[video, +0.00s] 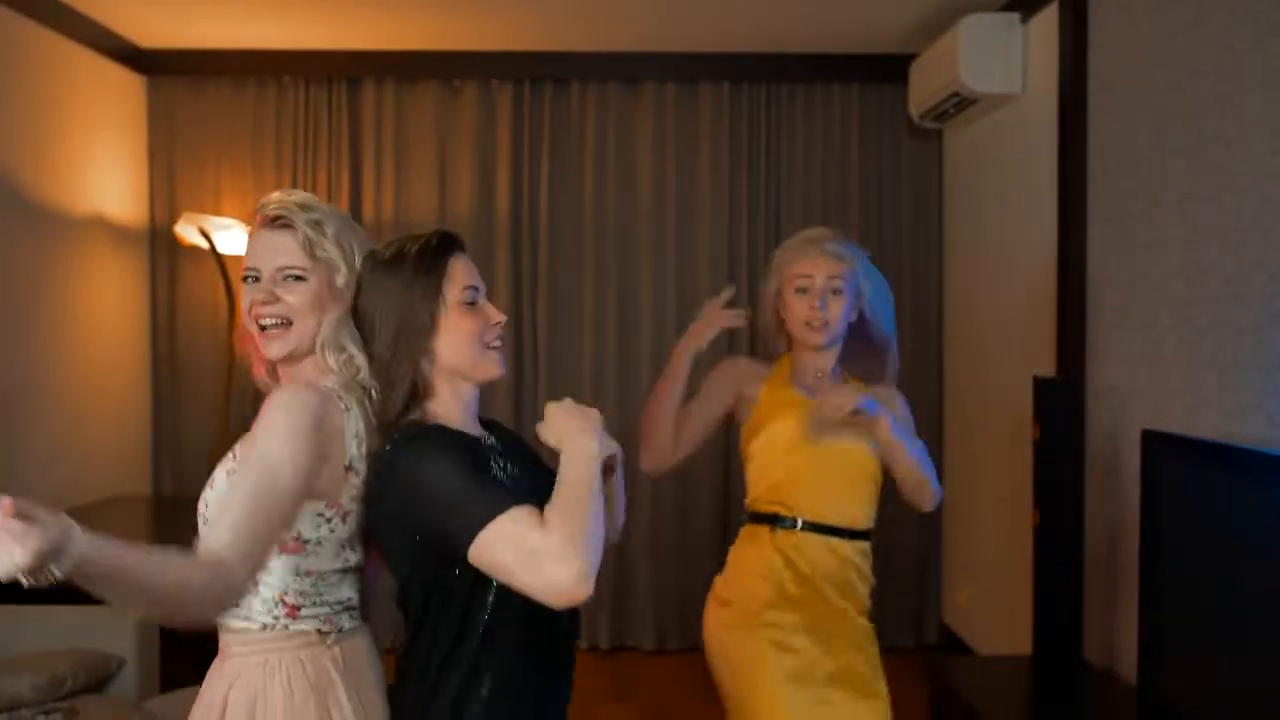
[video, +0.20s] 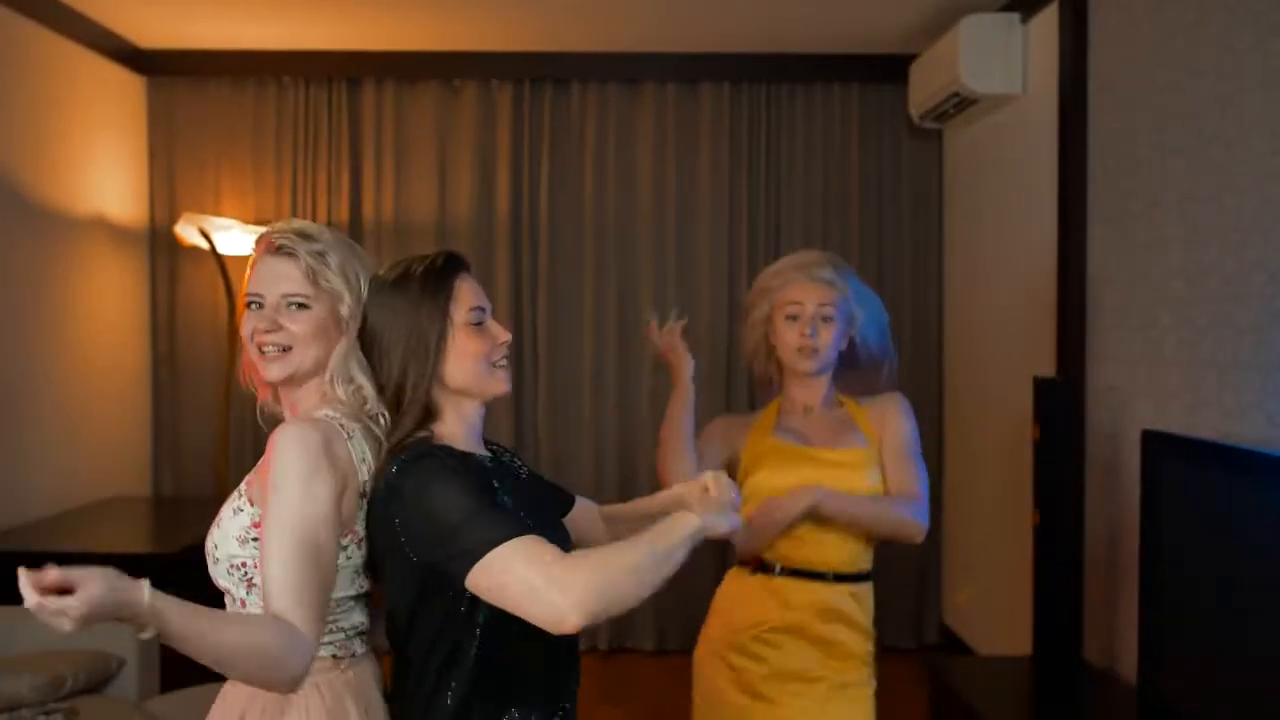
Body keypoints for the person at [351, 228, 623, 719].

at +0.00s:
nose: (498, 316)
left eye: (486, 297)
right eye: (471, 300)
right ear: (413, 327)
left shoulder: (501, 443)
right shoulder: (416, 462)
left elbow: (598, 535)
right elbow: (563, 574)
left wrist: (607, 470)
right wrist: (580, 448)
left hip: (533, 701)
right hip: (461, 704)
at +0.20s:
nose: (505, 336)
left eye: (493, 319)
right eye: (477, 321)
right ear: (420, 344)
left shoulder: (496, 465)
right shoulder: (420, 483)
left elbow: (601, 524)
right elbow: (565, 599)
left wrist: (685, 498)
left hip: (536, 704)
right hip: (468, 708)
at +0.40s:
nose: (510, 314)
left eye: (496, 299)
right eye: (482, 305)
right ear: (429, 339)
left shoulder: (527, 441)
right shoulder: (442, 467)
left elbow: (625, 516)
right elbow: (559, 593)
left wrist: (628, 468)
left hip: (548, 701)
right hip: (471, 706)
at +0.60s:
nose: (508, 302)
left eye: (494, 286)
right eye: (479, 291)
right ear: (424, 322)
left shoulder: (518, 420)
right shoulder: (421, 463)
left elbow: (614, 474)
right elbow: (540, 563)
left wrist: (650, 456)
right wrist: (630, 449)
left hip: (552, 695)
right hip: (472, 703)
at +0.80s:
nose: (513, 323)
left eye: (499, 309)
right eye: (484, 312)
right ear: (427, 344)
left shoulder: (519, 457)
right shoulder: (413, 490)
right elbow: (536, 587)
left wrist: (625, 507)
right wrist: (582, 486)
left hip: (561, 700)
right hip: (472, 706)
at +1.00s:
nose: (509, 338)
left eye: (495, 324)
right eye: (479, 329)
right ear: (424, 360)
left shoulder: (509, 467)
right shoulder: (419, 499)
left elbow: (606, 528)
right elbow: (548, 605)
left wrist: (671, 521)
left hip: (559, 704)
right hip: (468, 709)